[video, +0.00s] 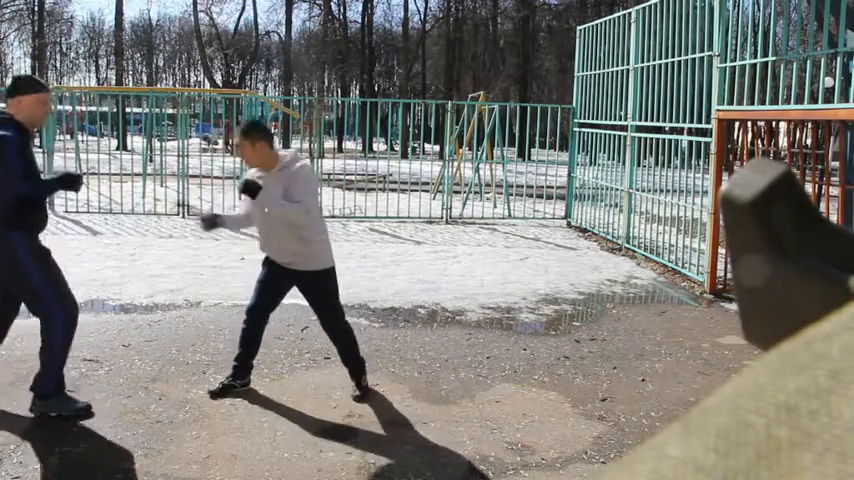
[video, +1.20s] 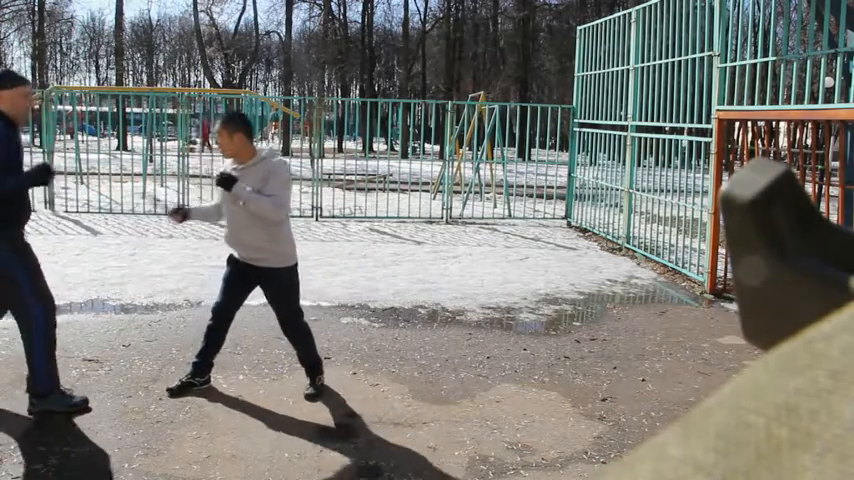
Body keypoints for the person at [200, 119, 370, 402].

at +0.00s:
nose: (240, 155)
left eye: (242, 149)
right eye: (239, 150)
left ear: (260, 145)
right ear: (256, 146)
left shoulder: (300, 170)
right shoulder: (258, 178)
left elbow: (306, 215)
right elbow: (249, 218)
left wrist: (264, 198)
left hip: (314, 264)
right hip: (278, 262)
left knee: (334, 323)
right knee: (255, 314)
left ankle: (358, 375)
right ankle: (240, 376)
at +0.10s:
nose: (253, 152)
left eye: (256, 146)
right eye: (253, 147)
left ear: (274, 144)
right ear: (272, 145)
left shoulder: (311, 171)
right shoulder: (277, 176)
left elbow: (309, 217)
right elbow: (281, 219)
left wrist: (270, 194)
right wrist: (253, 225)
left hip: (318, 267)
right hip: (283, 263)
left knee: (335, 327)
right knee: (256, 314)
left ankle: (359, 376)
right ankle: (240, 376)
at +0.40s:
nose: (252, 158)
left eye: (254, 152)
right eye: (251, 152)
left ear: (272, 150)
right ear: (267, 151)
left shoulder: (309, 176)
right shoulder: (258, 181)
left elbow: (309, 220)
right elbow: (246, 217)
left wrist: (271, 192)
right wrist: (235, 249)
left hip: (305, 272)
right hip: (268, 268)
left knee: (330, 331)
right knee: (230, 314)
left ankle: (358, 377)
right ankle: (211, 374)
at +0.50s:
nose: (229, 156)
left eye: (232, 149)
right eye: (228, 150)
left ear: (248, 148)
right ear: (242, 150)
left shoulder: (288, 172)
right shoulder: (233, 183)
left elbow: (294, 211)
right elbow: (200, 205)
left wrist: (257, 183)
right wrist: (175, 234)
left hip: (292, 269)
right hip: (253, 266)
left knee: (322, 326)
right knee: (219, 316)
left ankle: (356, 375)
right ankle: (200, 373)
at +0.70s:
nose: (180, 167)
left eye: (183, 160)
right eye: (179, 161)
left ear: (204, 158)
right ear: (191, 161)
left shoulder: (243, 178)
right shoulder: (183, 195)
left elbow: (259, 212)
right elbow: (155, 220)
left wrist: (220, 194)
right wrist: (124, 239)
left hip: (267, 262)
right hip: (229, 265)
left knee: (300, 317)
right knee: (203, 314)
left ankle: (339, 363)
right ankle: (198, 375)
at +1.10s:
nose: (198, 146)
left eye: (202, 140)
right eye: (198, 140)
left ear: (221, 140)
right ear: (217, 141)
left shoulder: (263, 170)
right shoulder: (208, 177)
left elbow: (268, 212)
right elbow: (191, 208)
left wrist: (225, 191)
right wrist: (156, 227)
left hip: (271, 262)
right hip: (234, 260)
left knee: (288, 321)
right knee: (213, 314)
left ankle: (314, 373)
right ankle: (198, 375)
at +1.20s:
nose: (218, 145)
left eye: (221, 139)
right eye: (217, 139)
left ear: (240, 137)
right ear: (235, 139)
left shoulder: (277, 167)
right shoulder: (233, 171)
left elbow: (278, 212)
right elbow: (223, 210)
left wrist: (238, 191)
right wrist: (189, 213)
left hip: (278, 263)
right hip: (243, 260)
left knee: (292, 324)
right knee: (220, 316)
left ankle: (315, 376)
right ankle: (199, 374)